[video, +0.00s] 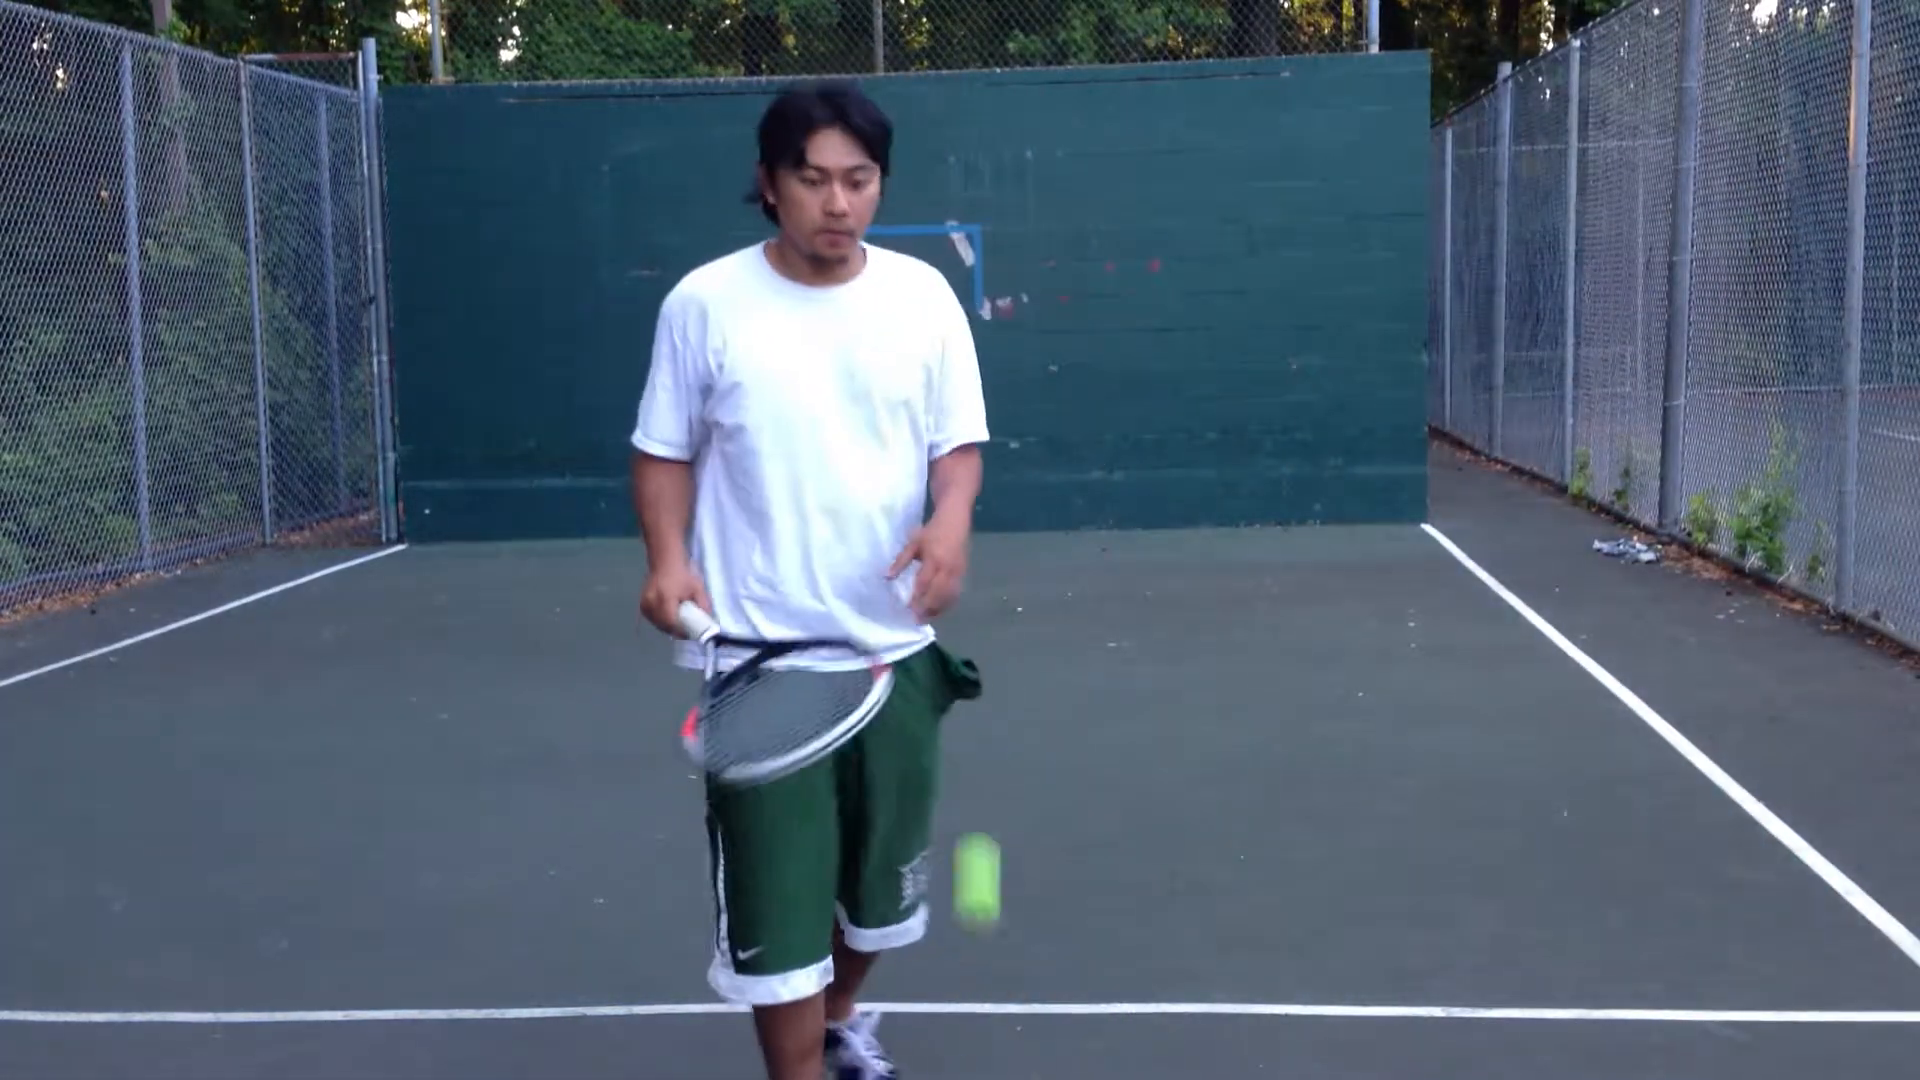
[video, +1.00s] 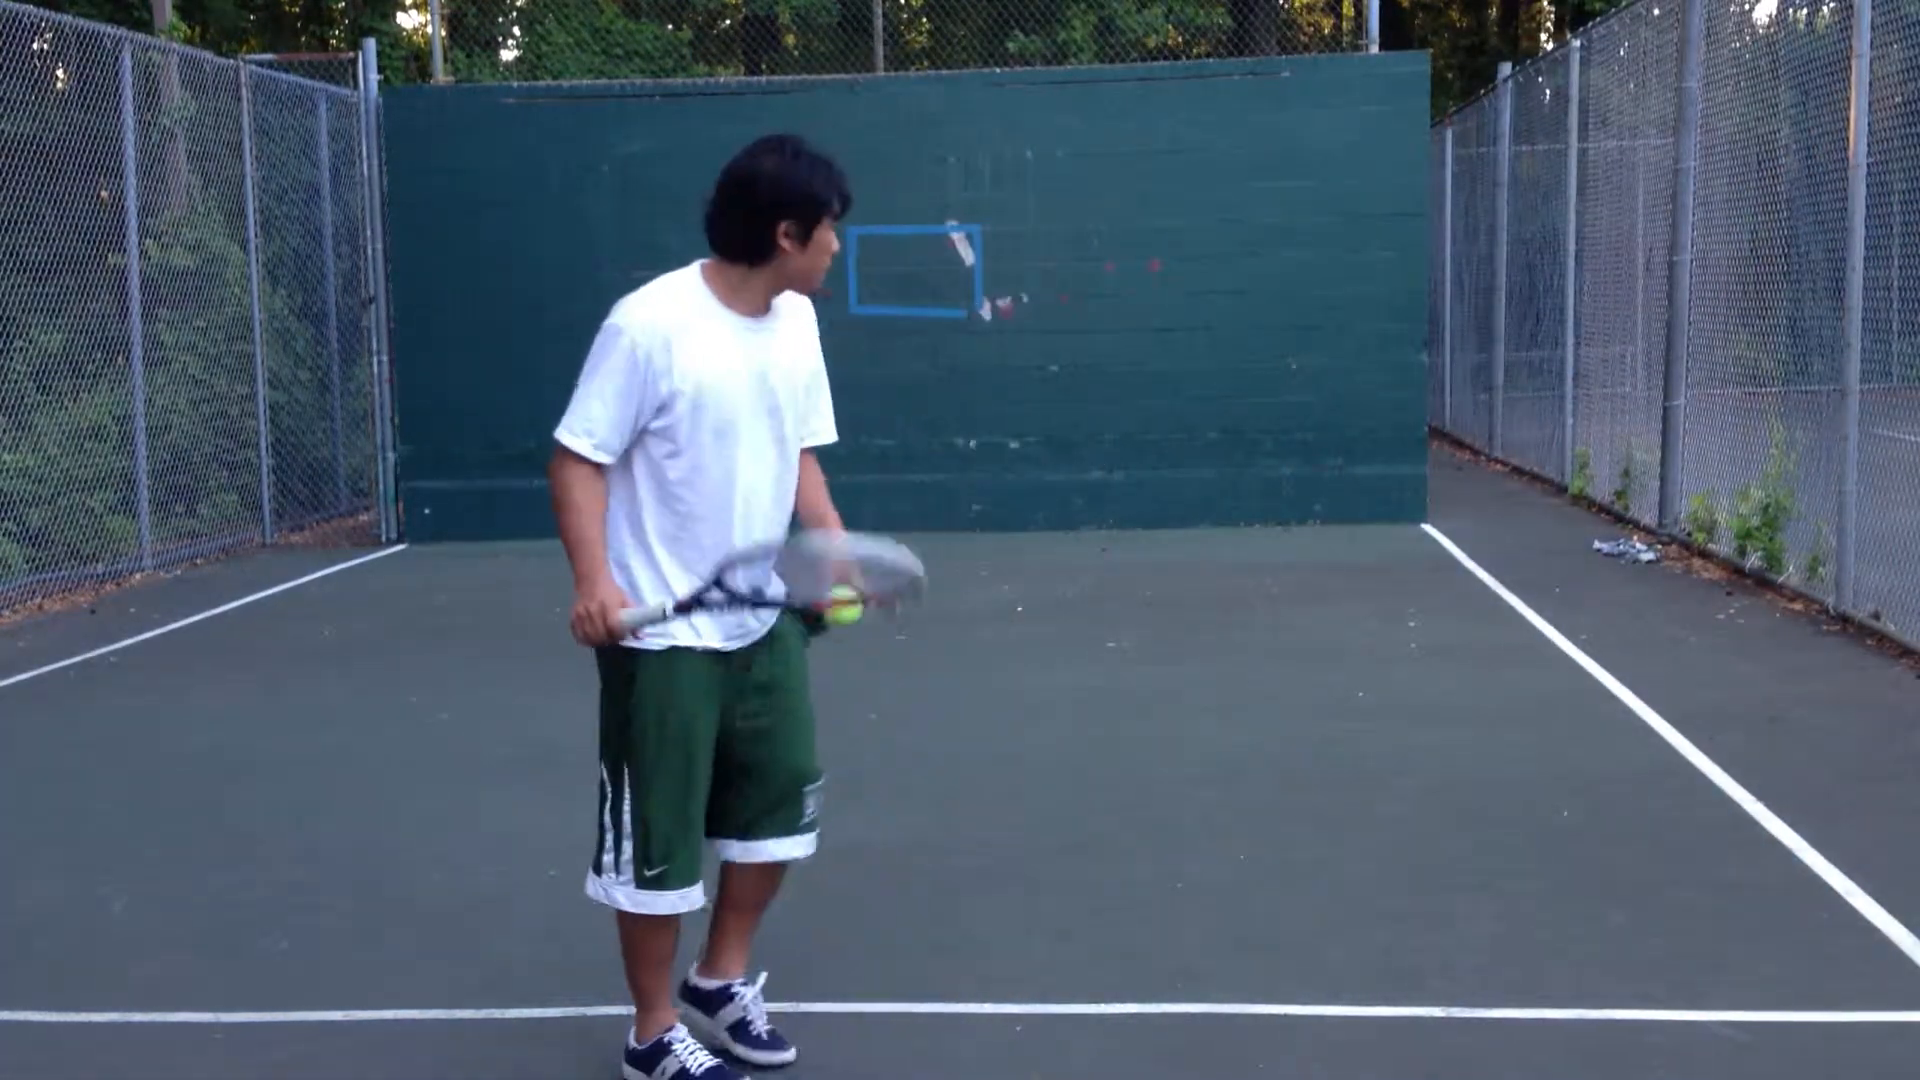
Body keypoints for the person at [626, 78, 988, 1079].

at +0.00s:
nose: (838, 201)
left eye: (856, 179)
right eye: (815, 180)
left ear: (879, 186)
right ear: (770, 187)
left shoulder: (923, 296)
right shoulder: (704, 304)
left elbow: (958, 439)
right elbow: (663, 451)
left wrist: (950, 526)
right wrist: (668, 557)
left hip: (893, 648)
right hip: (757, 654)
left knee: (879, 883)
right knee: (780, 912)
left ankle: (835, 1023)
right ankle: (797, 1076)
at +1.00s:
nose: (837, 249)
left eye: (836, 233)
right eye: (829, 234)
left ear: (772, 235)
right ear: (781, 237)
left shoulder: (794, 317)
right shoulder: (648, 324)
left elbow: (798, 455)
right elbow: (576, 457)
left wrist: (833, 556)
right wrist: (592, 580)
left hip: (766, 620)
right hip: (661, 630)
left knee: (774, 807)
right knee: (657, 841)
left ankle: (720, 984)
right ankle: (652, 1033)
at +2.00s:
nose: (881, 238)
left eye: (877, 224)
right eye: (880, 227)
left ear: (787, 214)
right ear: (865, 236)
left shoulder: (709, 278)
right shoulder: (870, 314)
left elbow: (683, 373)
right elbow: (896, 387)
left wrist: (773, 267)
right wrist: (798, 266)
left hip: (710, 573)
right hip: (822, 581)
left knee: (741, 771)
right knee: (839, 763)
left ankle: (779, 964)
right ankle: (804, 938)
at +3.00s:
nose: (621, 306)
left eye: (622, 290)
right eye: (618, 290)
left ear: (545, 287)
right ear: (589, 297)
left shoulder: (507, 358)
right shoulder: (499, 373)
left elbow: (549, 462)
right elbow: (467, 510)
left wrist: (663, 482)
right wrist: (582, 526)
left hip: (366, 638)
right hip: (415, 663)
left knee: (357, 850)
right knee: (426, 896)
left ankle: (267, 1003)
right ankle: (351, 1063)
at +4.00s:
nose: (414, 261)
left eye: (410, 247)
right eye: (410, 249)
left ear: (309, 263)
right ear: (392, 258)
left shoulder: (258, 355)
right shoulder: (432, 319)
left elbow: (245, 499)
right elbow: (474, 406)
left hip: (292, 635)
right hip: (406, 622)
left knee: (304, 829)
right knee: (483, 814)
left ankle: (295, 1019)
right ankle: (424, 1004)